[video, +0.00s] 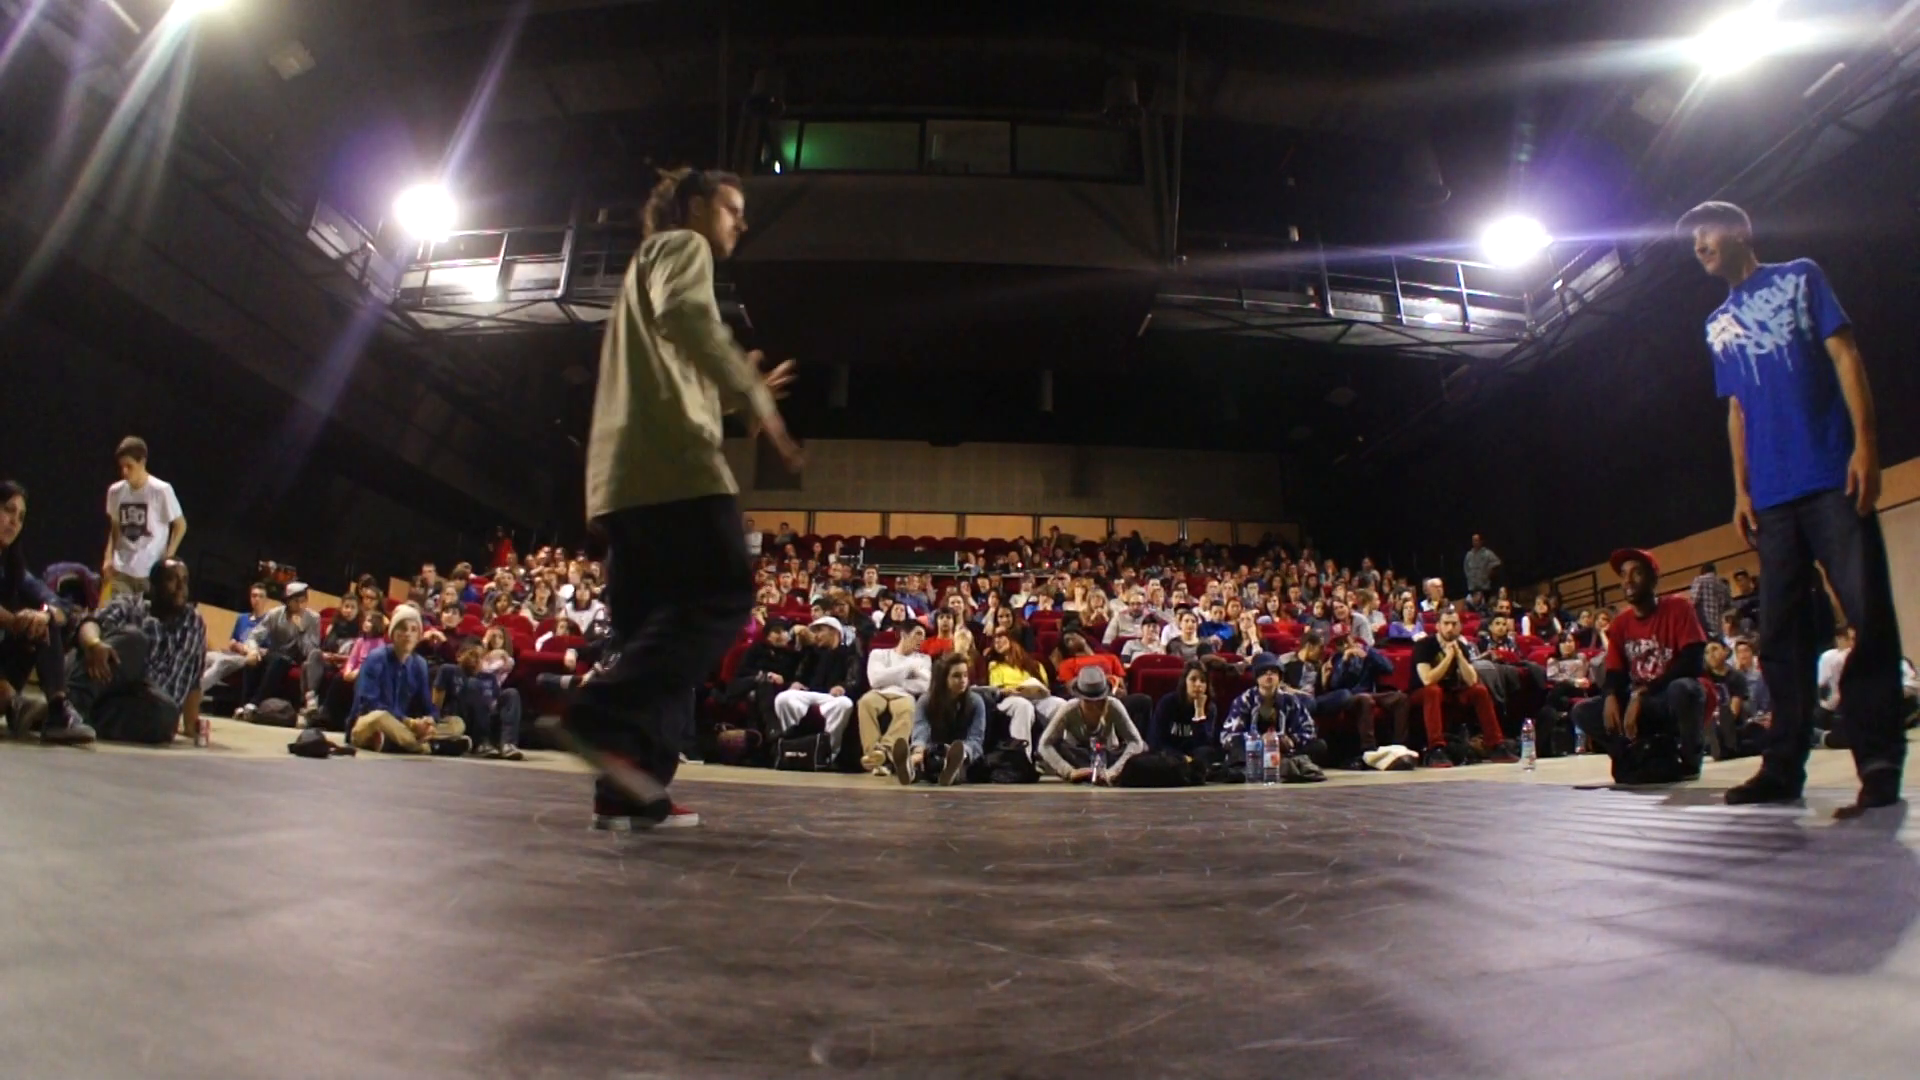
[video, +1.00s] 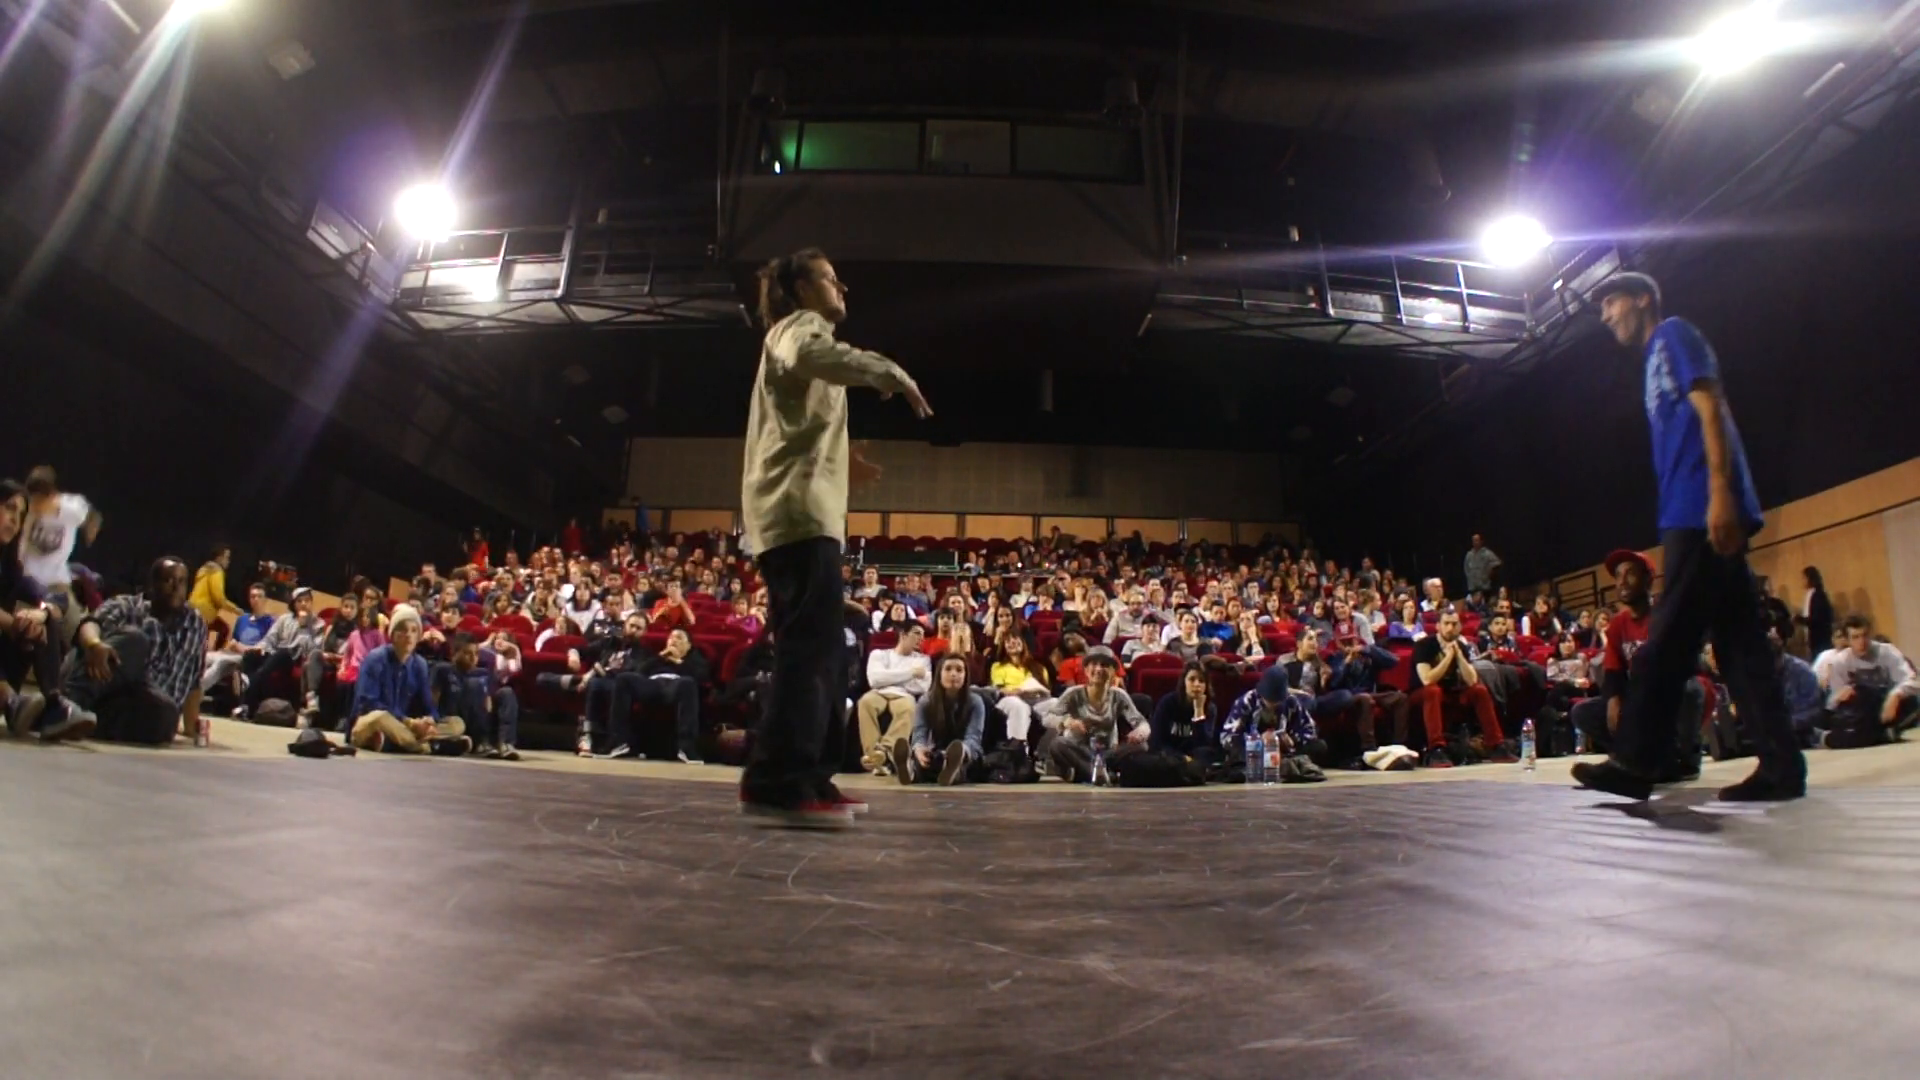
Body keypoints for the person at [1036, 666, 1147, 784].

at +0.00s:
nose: (1094, 707)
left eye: (1099, 701)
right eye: (1088, 702)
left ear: (1106, 696)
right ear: (1080, 698)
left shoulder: (1114, 706)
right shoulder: (1067, 709)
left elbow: (1136, 744)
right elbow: (1044, 746)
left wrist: (1112, 773)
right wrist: (1069, 772)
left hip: (1109, 754)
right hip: (1079, 755)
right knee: (1058, 746)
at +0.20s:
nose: (1095, 705)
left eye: (1100, 699)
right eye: (1089, 700)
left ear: (1106, 694)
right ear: (1081, 696)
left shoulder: (1115, 704)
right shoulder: (1068, 707)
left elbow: (1143, 736)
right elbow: (1042, 742)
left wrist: (1118, 761)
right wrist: (1065, 766)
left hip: (1109, 753)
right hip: (1079, 754)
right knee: (1056, 747)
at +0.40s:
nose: (1094, 687)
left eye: (1099, 682)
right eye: (1088, 681)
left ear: (1107, 684)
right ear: (1080, 682)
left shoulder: (1114, 701)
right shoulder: (1069, 704)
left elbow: (1146, 728)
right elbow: (1042, 735)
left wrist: (1123, 747)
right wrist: (1063, 753)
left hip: (1108, 752)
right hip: (1079, 754)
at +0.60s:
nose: (1095, 675)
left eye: (1101, 670)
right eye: (1090, 669)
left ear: (1108, 676)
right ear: (1082, 674)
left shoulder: (1116, 697)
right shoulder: (1071, 697)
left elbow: (1146, 723)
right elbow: (1044, 725)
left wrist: (1127, 731)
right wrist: (1066, 731)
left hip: (1109, 749)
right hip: (1080, 748)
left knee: (1139, 747)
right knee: (1057, 745)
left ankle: (1084, 775)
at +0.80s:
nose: (1097, 669)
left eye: (1103, 665)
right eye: (1092, 664)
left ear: (1112, 672)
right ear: (1084, 670)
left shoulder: (1118, 696)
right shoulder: (1071, 694)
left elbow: (1146, 721)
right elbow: (1045, 720)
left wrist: (1135, 728)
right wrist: (1067, 720)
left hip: (1109, 751)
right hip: (1079, 750)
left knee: (1139, 748)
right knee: (1059, 745)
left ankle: (1083, 775)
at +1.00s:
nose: (1098, 669)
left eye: (1104, 665)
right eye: (1094, 664)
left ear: (1113, 672)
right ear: (1086, 670)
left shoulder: (1119, 695)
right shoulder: (1073, 694)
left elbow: (1141, 723)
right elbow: (1047, 717)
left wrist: (1140, 731)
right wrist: (1068, 722)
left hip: (1109, 751)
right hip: (1080, 751)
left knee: (1139, 746)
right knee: (1057, 745)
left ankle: (1083, 774)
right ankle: (1099, 774)